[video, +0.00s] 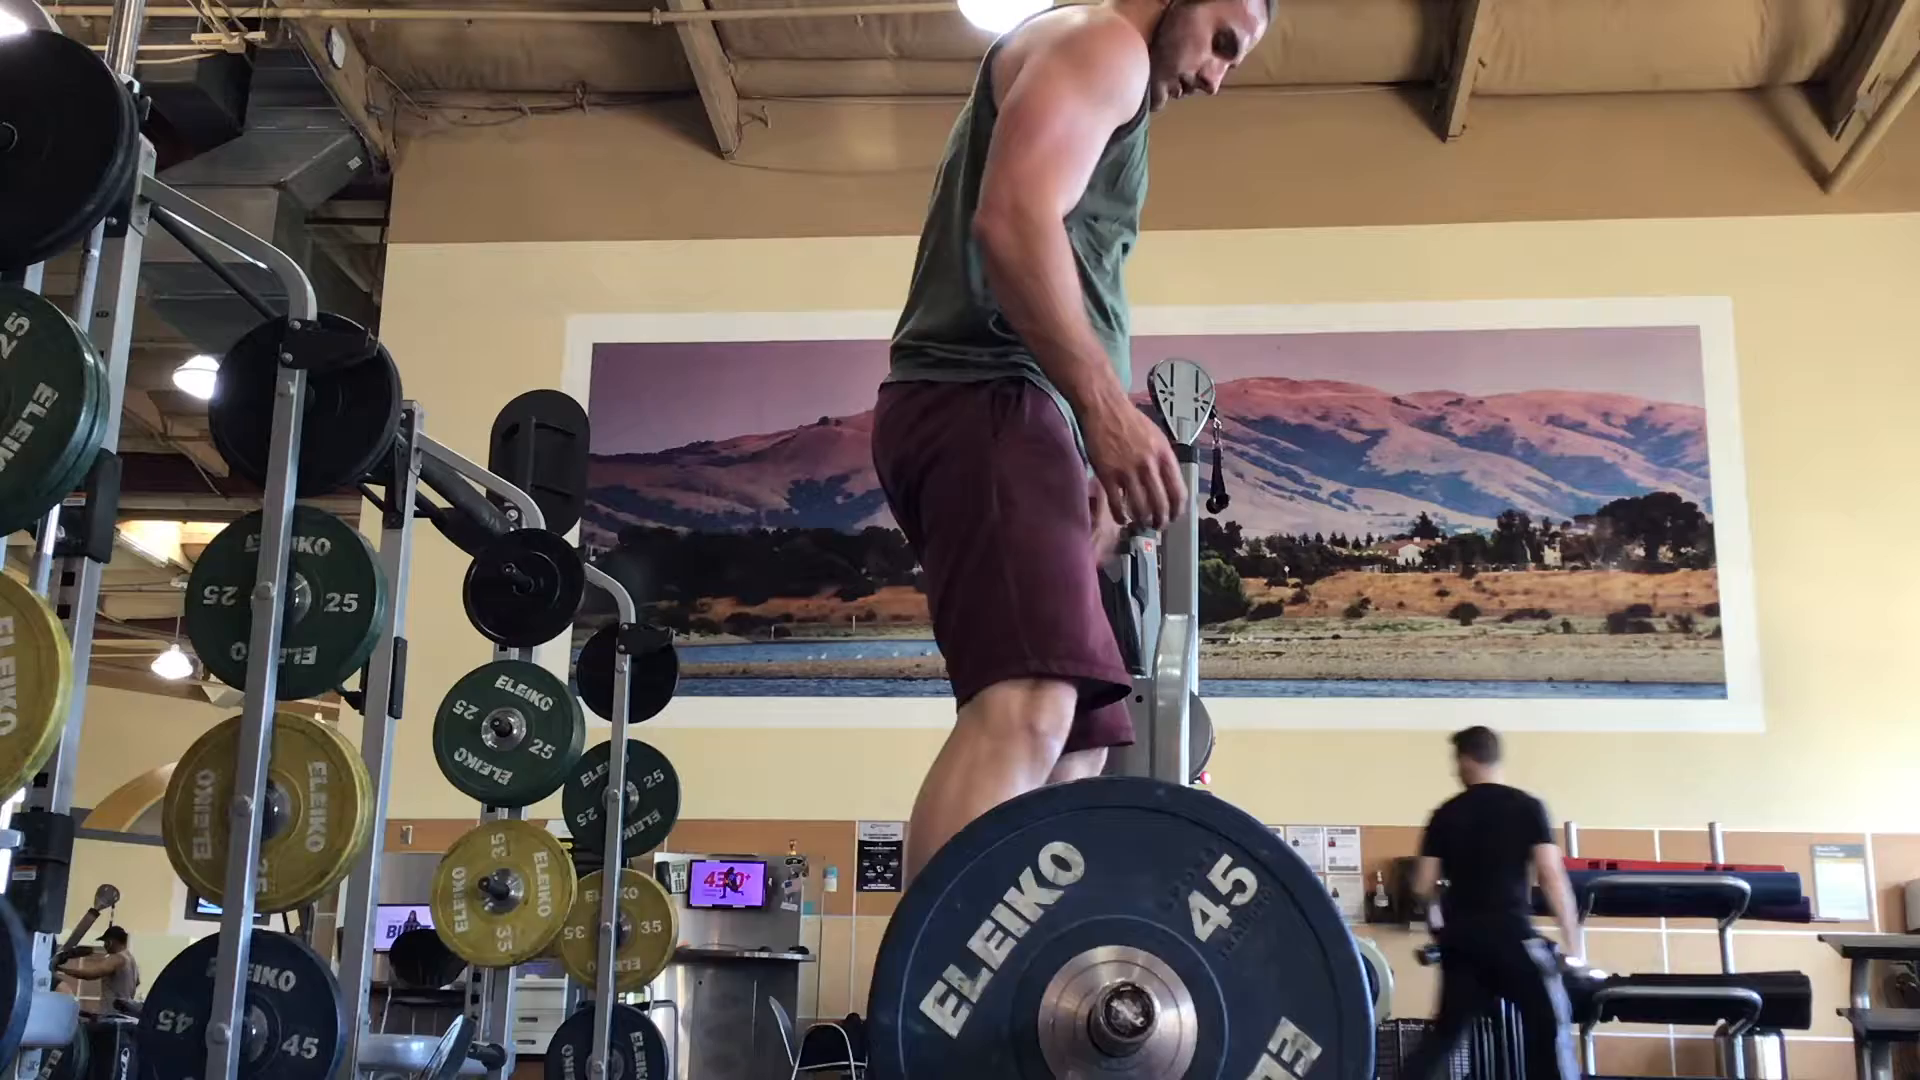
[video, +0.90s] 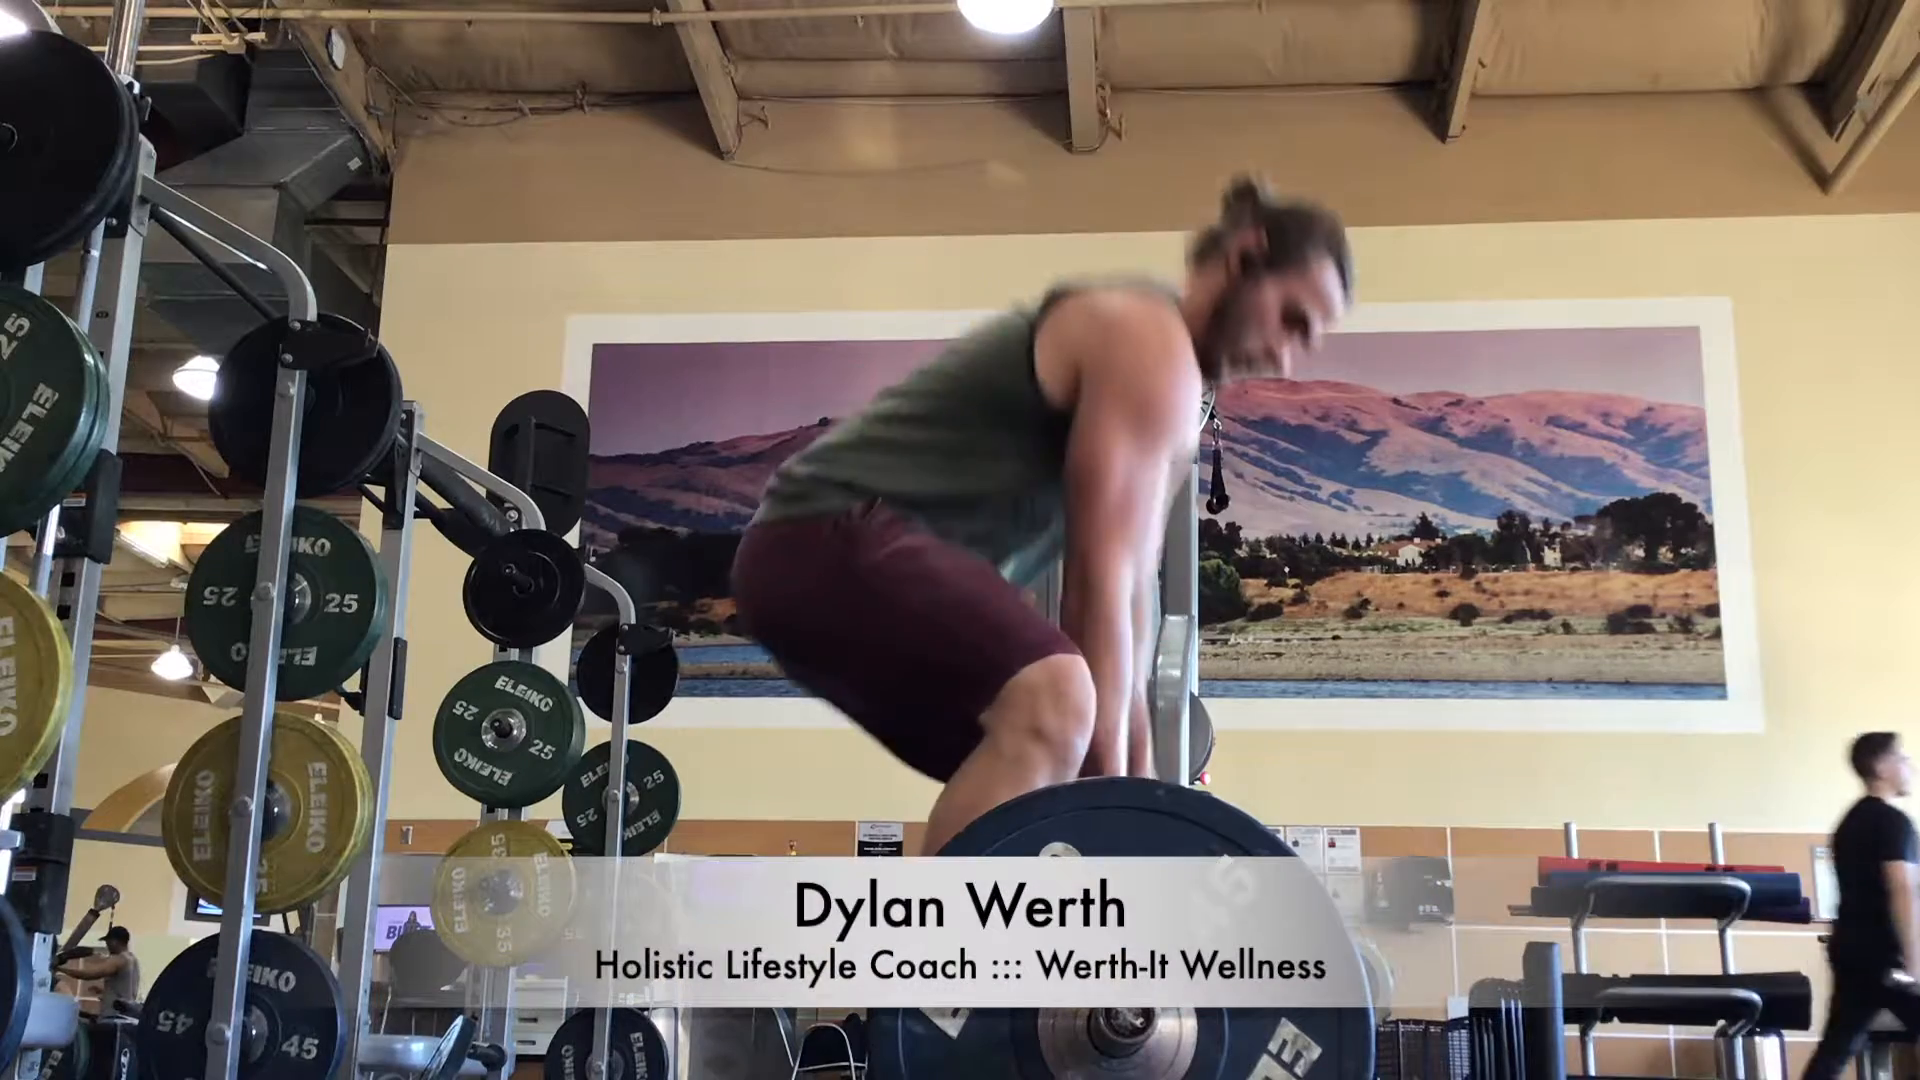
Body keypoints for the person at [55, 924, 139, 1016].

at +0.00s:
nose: (104, 946)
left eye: (106, 942)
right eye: (104, 942)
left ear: (111, 942)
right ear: (122, 942)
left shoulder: (117, 959)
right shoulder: (129, 958)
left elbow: (90, 974)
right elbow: (136, 982)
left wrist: (62, 969)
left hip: (110, 1015)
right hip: (123, 1015)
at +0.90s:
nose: (107, 945)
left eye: (109, 942)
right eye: (106, 942)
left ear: (117, 942)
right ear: (124, 942)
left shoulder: (120, 960)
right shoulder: (132, 960)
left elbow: (88, 975)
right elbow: (126, 991)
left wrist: (60, 969)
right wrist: (103, 991)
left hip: (111, 1017)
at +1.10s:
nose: (107, 946)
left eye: (108, 943)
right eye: (106, 943)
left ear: (116, 943)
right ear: (123, 943)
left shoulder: (121, 960)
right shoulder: (132, 960)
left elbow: (87, 974)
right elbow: (117, 987)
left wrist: (61, 969)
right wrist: (90, 989)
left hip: (112, 1017)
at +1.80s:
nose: (107, 948)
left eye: (109, 944)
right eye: (107, 944)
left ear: (116, 943)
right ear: (121, 943)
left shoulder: (122, 960)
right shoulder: (129, 961)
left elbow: (87, 973)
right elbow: (106, 984)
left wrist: (60, 969)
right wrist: (80, 982)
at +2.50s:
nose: (105, 946)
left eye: (107, 942)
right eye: (105, 942)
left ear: (114, 942)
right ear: (119, 943)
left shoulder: (119, 960)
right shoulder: (128, 961)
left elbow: (87, 976)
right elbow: (105, 988)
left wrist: (61, 970)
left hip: (108, 1017)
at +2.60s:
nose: (104, 946)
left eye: (106, 942)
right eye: (104, 943)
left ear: (113, 943)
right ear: (120, 943)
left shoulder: (118, 961)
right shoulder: (128, 961)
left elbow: (87, 977)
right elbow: (118, 988)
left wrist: (61, 970)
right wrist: (94, 989)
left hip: (108, 1017)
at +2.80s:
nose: (103, 947)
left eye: (104, 944)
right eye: (103, 944)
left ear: (111, 943)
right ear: (122, 943)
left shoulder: (117, 961)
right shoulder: (128, 961)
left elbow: (88, 977)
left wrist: (61, 971)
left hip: (107, 1018)